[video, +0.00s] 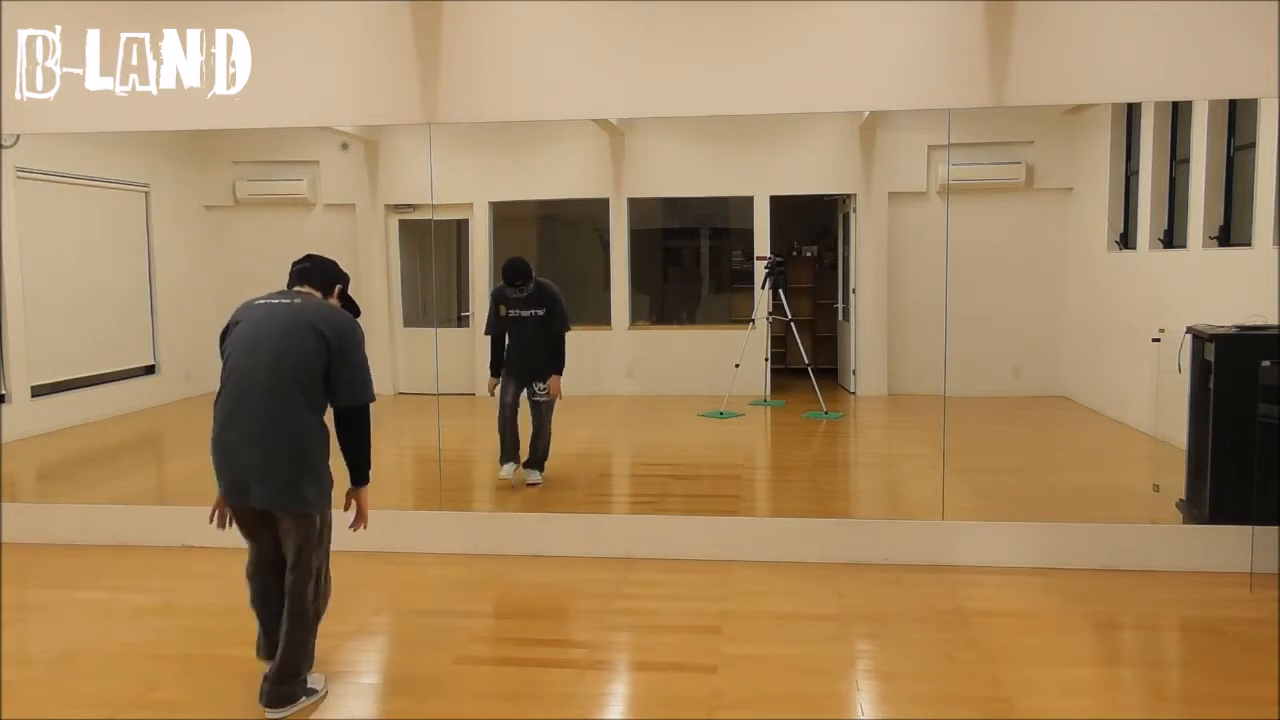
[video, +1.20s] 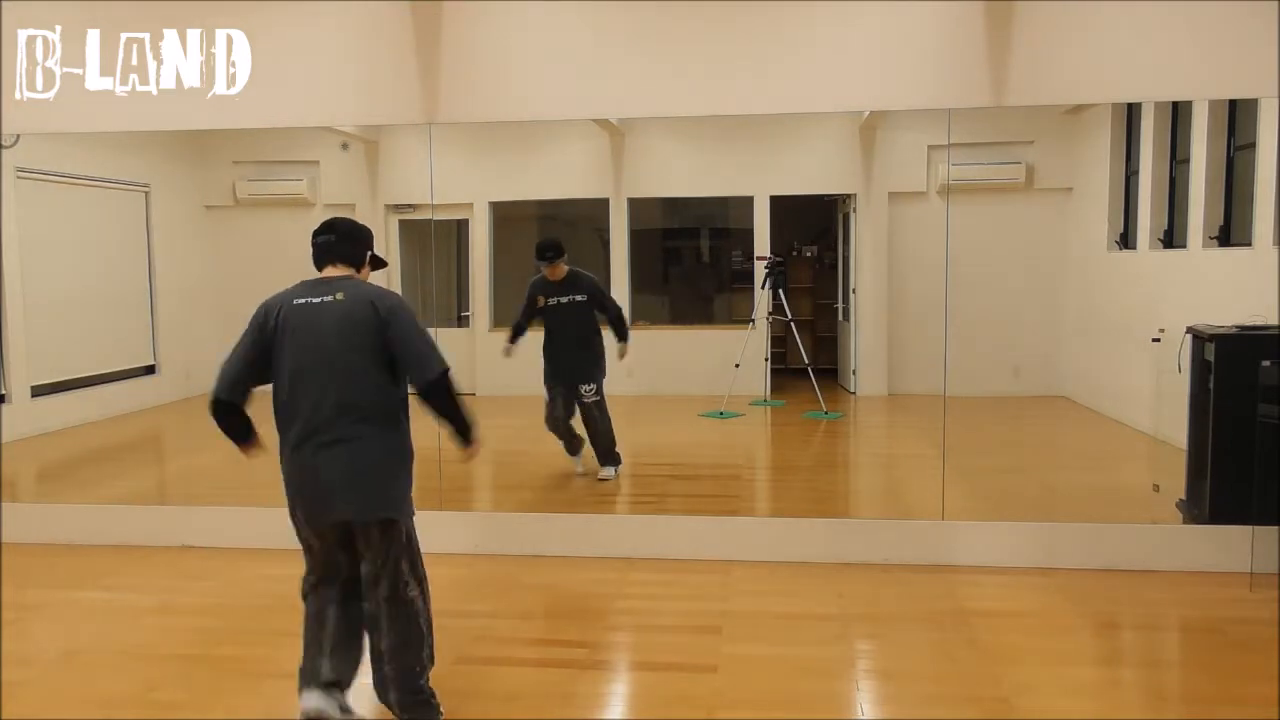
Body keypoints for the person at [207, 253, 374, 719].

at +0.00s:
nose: (342, 306)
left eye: (342, 302)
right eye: (344, 301)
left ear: (292, 283)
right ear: (334, 293)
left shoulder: (245, 313)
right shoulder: (337, 323)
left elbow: (230, 399)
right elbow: (352, 408)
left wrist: (227, 480)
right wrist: (359, 481)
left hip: (236, 462)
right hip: (296, 463)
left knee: (265, 553)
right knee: (306, 573)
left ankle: (270, 644)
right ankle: (284, 688)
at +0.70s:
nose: (337, 303)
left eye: (337, 298)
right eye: (339, 297)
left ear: (287, 281)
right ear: (331, 290)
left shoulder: (240, 313)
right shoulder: (336, 325)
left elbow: (215, 399)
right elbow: (338, 407)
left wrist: (242, 443)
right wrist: (337, 461)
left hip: (236, 465)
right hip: (300, 466)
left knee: (242, 576)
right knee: (306, 566)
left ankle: (242, 680)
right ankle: (274, 641)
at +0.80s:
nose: (343, 288)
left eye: (341, 283)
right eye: (343, 282)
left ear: (289, 275)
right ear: (334, 279)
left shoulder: (244, 305)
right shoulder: (341, 310)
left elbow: (203, 379)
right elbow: (359, 377)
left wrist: (245, 381)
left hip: (246, 470)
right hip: (311, 468)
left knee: (248, 577)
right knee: (346, 557)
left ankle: (248, 676)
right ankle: (308, 625)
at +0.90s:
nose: (348, 268)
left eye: (346, 263)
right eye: (348, 262)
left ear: (293, 257)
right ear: (342, 261)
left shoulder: (250, 296)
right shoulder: (350, 292)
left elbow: (179, 346)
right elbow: (400, 330)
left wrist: (234, 335)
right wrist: (444, 341)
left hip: (261, 468)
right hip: (329, 467)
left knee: (254, 577)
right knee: (382, 563)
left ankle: (248, 676)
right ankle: (372, 661)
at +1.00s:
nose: (355, 262)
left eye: (353, 257)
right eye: (355, 256)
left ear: (300, 253)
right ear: (348, 255)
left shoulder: (260, 295)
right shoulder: (367, 286)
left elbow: (199, 333)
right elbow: (444, 316)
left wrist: (174, 353)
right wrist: (511, 336)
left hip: (284, 465)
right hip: (355, 463)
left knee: (271, 558)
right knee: (391, 576)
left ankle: (266, 665)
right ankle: (422, 698)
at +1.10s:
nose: (366, 268)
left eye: (365, 263)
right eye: (365, 261)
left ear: (309, 259)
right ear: (358, 260)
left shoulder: (271, 306)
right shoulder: (382, 299)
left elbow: (224, 358)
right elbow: (457, 345)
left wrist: (188, 381)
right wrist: (527, 374)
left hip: (302, 469)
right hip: (374, 468)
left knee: (305, 562)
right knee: (388, 581)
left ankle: (304, 660)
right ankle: (418, 709)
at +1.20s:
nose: (371, 271)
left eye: (369, 266)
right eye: (372, 265)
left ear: (315, 260)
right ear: (365, 263)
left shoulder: (277, 309)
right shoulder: (382, 305)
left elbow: (224, 399)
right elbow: (431, 378)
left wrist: (248, 437)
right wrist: (463, 427)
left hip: (308, 484)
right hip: (375, 482)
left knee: (327, 580)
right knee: (395, 588)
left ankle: (322, 690)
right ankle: (410, 701)